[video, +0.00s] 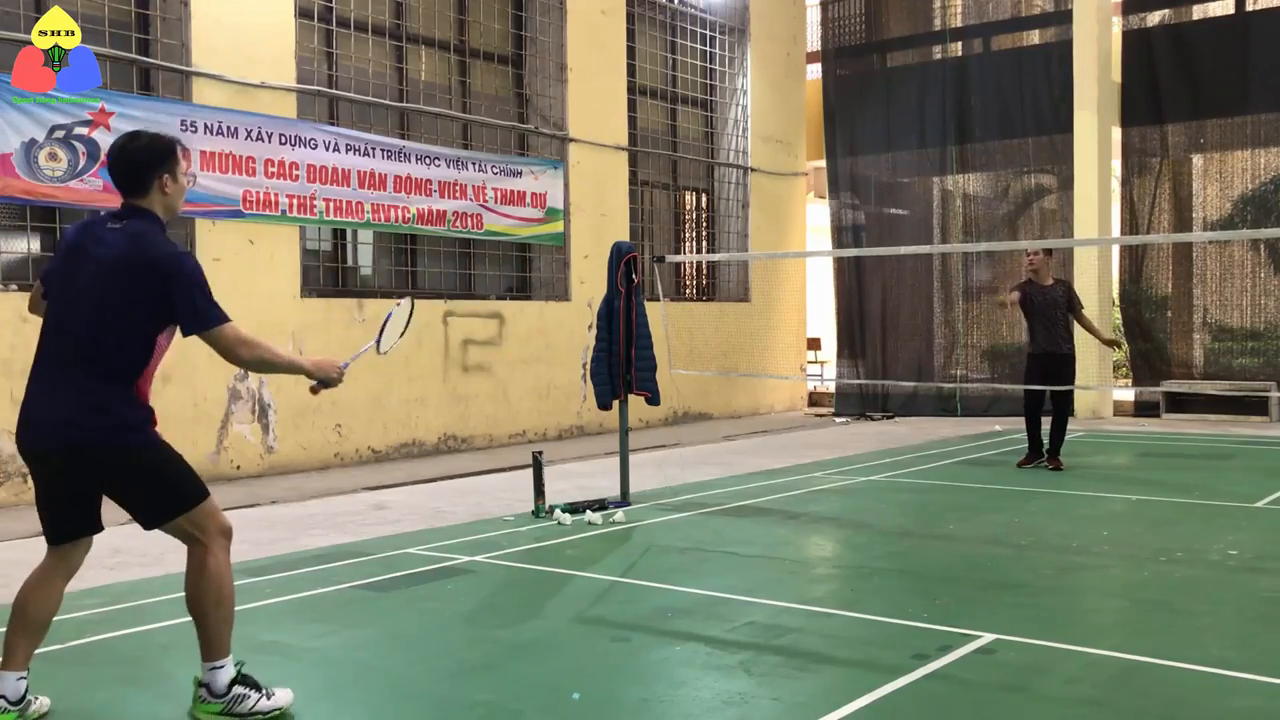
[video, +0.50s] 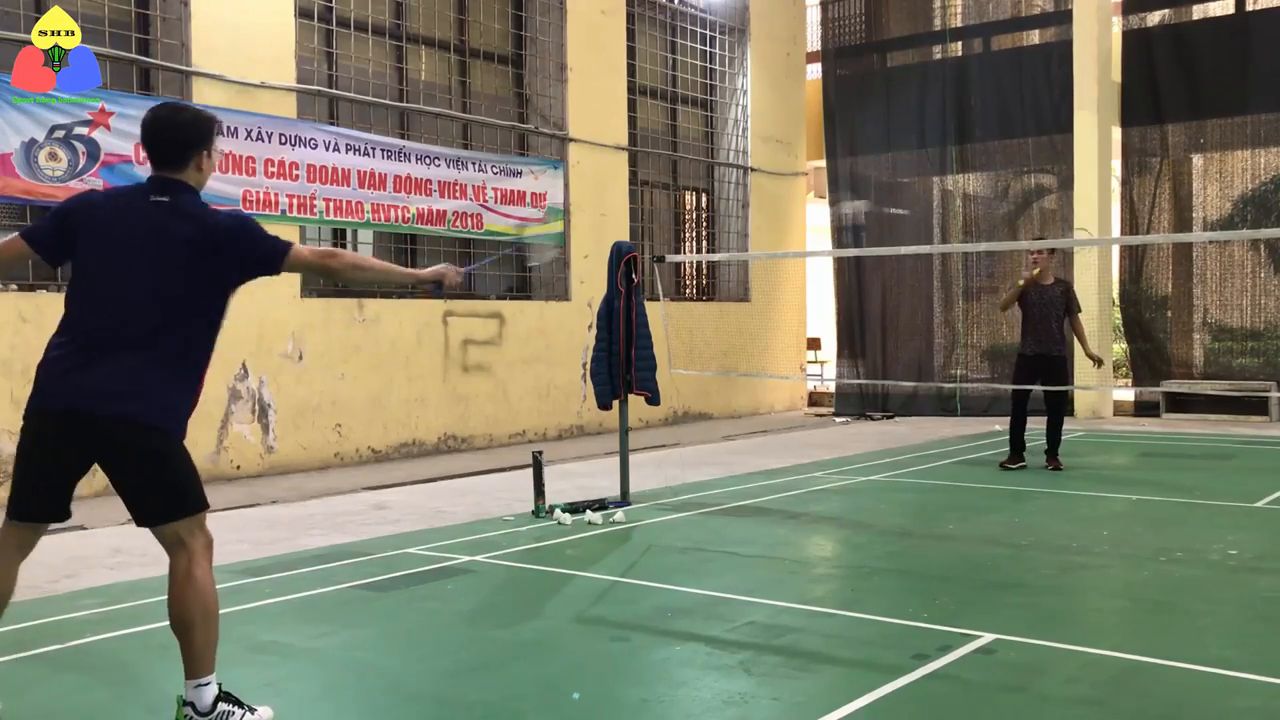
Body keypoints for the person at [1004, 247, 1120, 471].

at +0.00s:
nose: (1029, 259)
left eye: (1034, 254)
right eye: (1027, 255)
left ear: (1047, 258)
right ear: (1026, 260)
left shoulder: (1064, 287)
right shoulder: (1024, 288)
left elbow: (1080, 317)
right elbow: (1013, 297)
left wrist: (1102, 338)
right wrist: (1007, 301)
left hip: (1063, 355)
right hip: (1037, 355)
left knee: (1061, 408)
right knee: (1032, 406)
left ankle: (1053, 455)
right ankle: (1035, 452)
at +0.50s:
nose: (1034, 257)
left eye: (1039, 253)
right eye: (1031, 253)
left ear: (1051, 256)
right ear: (1029, 257)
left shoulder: (1064, 287)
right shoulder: (1023, 287)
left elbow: (1074, 321)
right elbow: (1003, 306)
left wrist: (1087, 350)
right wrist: (1022, 284)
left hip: (1056, 357)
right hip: (1028, 356)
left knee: (1056, 409)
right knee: (1018, 405)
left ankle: (1052, 456)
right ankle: (1016, 455)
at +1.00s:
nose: (1033, 255)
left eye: (1038, 252)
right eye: (1030, 252)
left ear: (1047, 256)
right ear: (1026, 257)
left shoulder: (1060, 289)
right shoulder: (1018, 287)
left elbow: (1066, 325)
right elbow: (1010, 312)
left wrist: (1075, 355)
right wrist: (1009, 331)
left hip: (1052, 355)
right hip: (1023, 354)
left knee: (1059, 406)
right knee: (1018, 405)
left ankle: (1060, 454)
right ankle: (1016, 456)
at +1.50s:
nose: (1041, 257)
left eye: (1046, 253)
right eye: (1038, 253)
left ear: (1056, 256)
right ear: (1034, 257)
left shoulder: (1070, 288)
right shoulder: (1029, 286)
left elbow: (1081, 321)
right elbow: (1007, 305)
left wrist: (1096, 348)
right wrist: (1028, 282)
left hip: (1061, 357)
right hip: (1032, 355)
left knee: (1063, 408)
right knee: (1027, 406)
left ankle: (1059, 455)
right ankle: (1027, 456)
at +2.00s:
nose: (1020, 257)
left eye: (1025, 253)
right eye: (1017, 254)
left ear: (1036, 258)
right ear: (1014, 260)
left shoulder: (1054, 285)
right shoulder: (1011, 291)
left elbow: (1069, 317)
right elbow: (1000, 316)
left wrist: (1087, 344)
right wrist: (998, 330)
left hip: (1056, 355)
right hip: (1028, 357)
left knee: (1062, 405)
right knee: (1026, 407)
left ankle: (1058, 453)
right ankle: (1029, 457)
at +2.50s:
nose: (1042, 259)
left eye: (1047, 255)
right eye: (1038, 255)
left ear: (1057, 259)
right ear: (1034, 259)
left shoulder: (1068, 289)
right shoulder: (1026, 289)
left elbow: (1078, 322)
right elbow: (1005, 311)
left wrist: (1087, 352)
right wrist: (1027, 290)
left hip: (1062, 358)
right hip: (1033, 357)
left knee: (1065, 408)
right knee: (1026, 404)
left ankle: (1056, 457)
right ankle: (1032, 453)